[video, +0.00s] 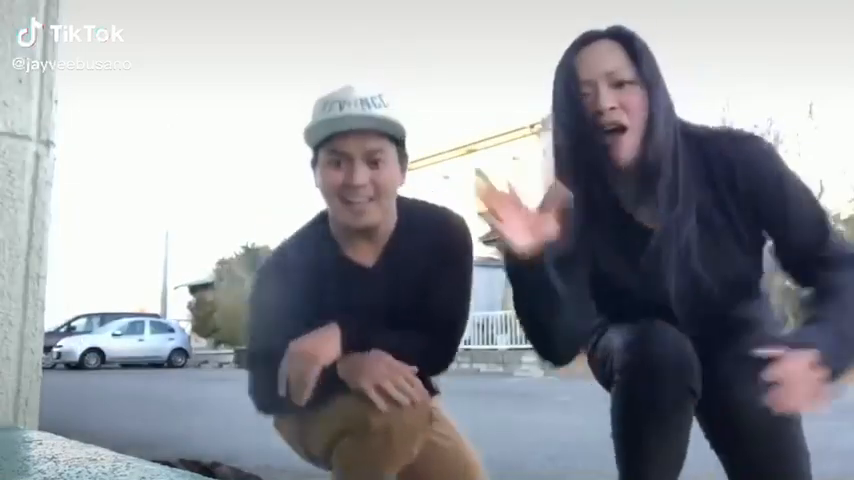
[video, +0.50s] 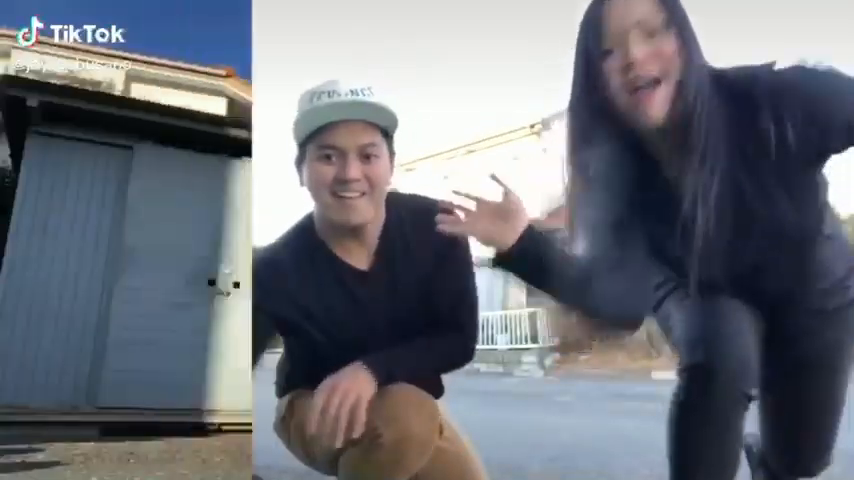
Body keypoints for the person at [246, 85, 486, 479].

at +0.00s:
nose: (356, 180)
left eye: (374, 162)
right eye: (338, 162)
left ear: (401, 171)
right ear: (316, 173)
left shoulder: (443, 234)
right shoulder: (285, 269)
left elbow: (436, 352)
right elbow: (267, 391)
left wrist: (341, 334)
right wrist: (344, 368)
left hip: (412, 398)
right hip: (311, 408)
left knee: (464, 472)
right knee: (398, 415)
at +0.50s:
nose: (350, 174)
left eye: (368, 155)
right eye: (329, 157)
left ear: (391, 166)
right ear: (302, 171)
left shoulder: (435, 227)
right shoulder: (274, 271)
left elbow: (458, 340)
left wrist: (369, 370)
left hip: (418, 405)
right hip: (314, 407)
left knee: (465, 471)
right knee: (408, 414)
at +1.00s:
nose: (359, 167)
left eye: (360, 161)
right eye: (356, 159)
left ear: (340, 159)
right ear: (339, 156)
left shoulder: (336, 201)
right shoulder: (318, 179)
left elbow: (373, 247)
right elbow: (356, 217)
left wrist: (414, 250)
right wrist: (397, 223)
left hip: (323, 280)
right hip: (294, 276)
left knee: (327, 346)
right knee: (320, 344)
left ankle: (311, 419)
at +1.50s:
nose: (368, 168)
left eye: (370, 162)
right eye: (365, 161)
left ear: (349, 159)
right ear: (349, 157)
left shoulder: (339, 187)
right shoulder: (339, 182)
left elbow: (364, 238)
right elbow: (372, 217)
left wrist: (401, 228)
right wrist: (419, 213)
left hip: (318, 273)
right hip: (304, 268)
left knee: (317, 342)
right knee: (318, 338)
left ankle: (297, 417)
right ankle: (256, 387)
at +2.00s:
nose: (417, 170)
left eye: (418, 164)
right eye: (414, 163)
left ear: (397, 161)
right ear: (399, 161)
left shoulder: (385, 189)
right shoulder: (392, 190)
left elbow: (418, 235)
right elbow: (416, 228)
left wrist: (456, 226)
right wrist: (457, 217)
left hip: (365, 269)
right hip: (380, 270)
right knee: (394, 343)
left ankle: (334, 395)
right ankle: (385, 424)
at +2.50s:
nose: (447, 159)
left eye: (446, 153)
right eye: (443, 153)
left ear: (428, 156)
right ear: (427, 156)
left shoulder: (440, 194)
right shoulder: (411, 186)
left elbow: (464, 241)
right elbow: (440, 227)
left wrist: (506, 246)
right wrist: (485, 231)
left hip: (445, 279)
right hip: (415, 277)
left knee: (464, 344)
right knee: (447, 338)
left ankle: (472, 420)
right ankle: (406, 408)